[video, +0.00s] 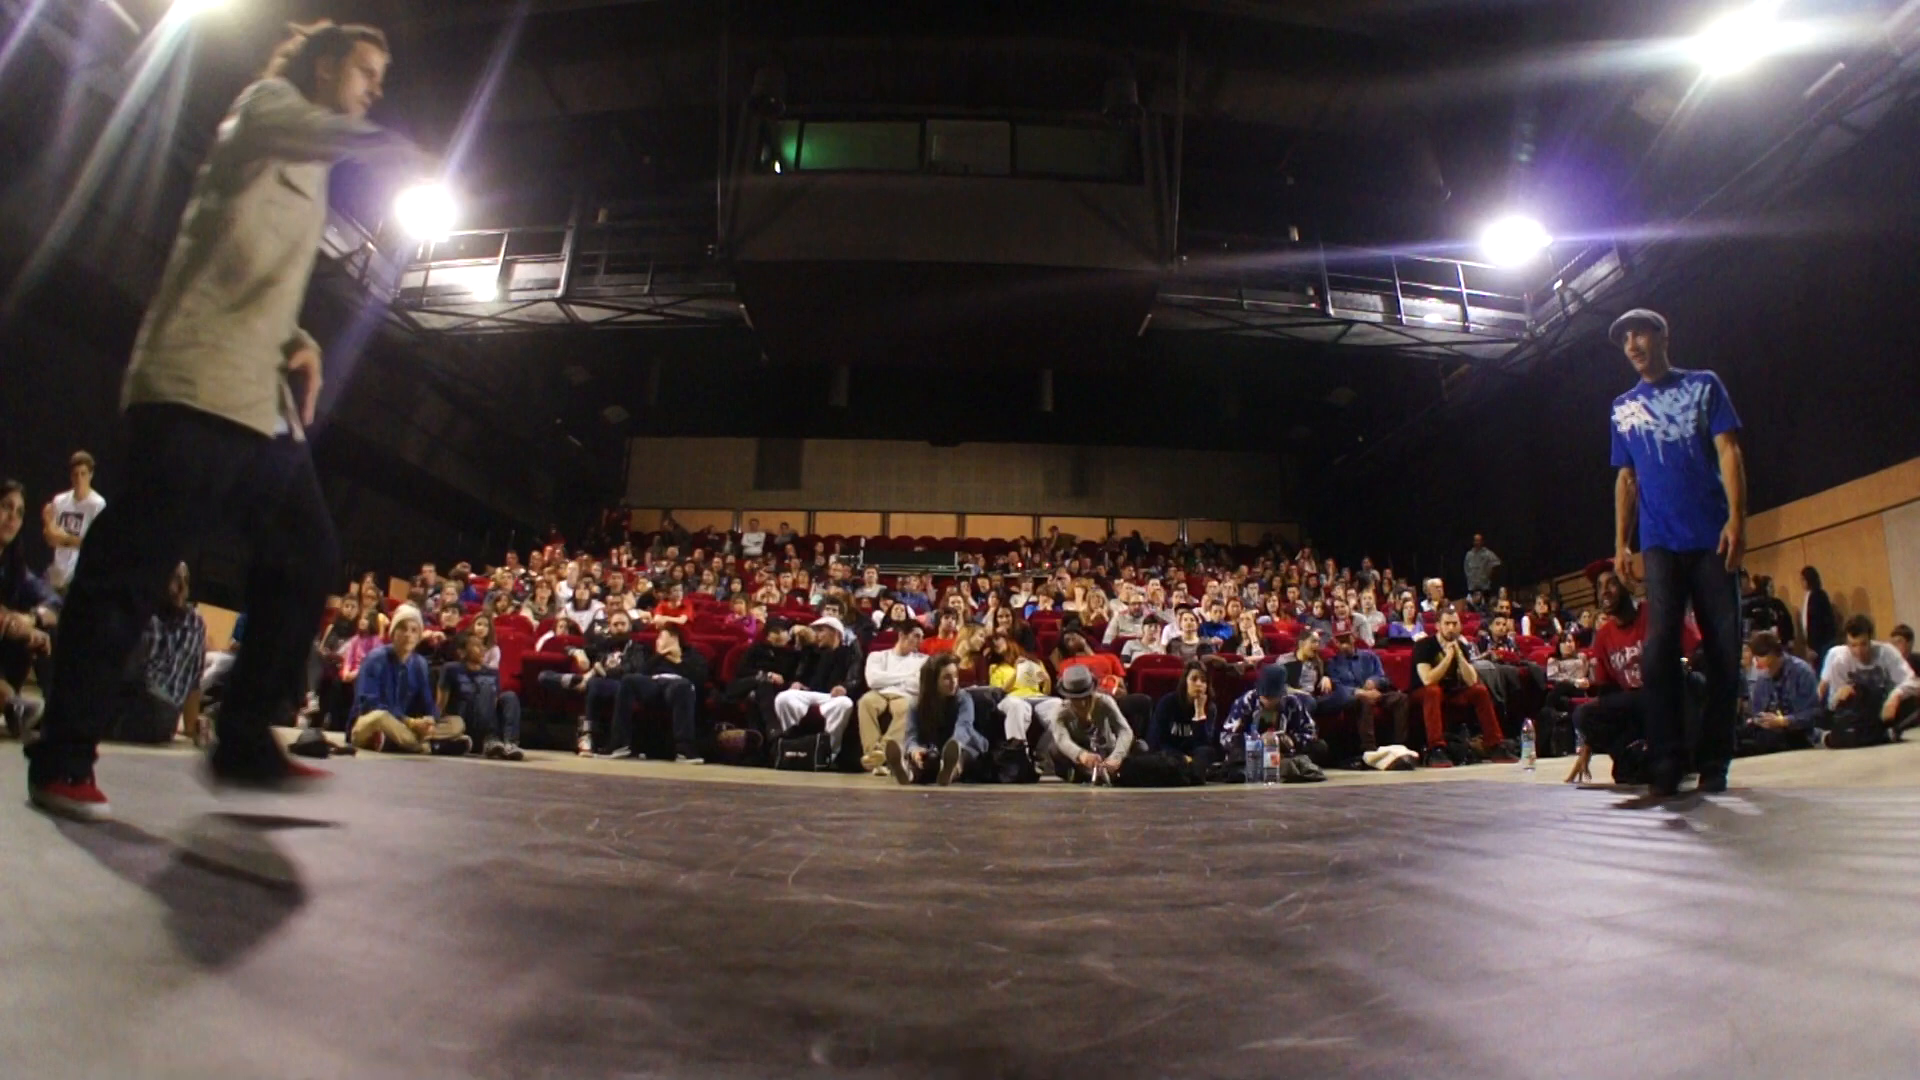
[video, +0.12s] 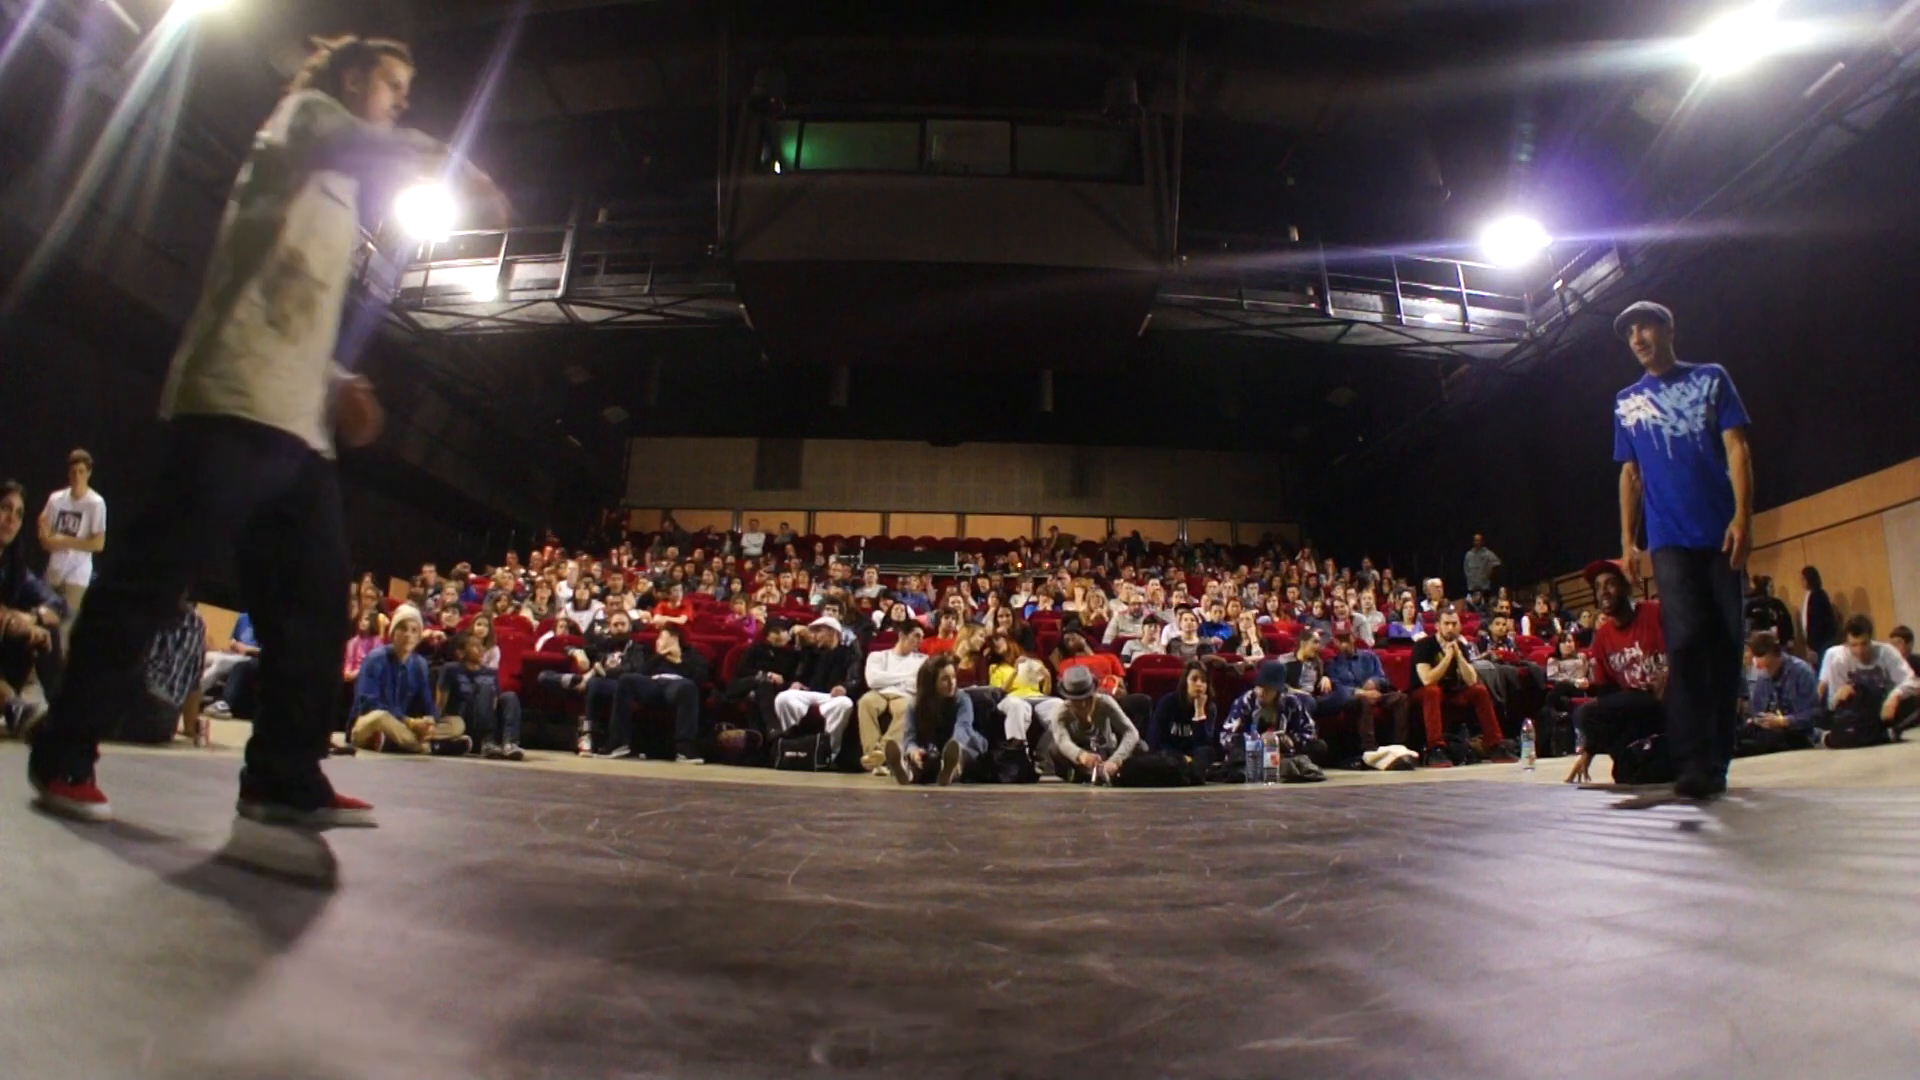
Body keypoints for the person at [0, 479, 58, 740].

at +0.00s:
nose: (12, 518)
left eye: (19, 512)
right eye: (6, 508)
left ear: (23, 519)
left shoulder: (13, 563)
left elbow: (53, 600)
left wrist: (31, 618)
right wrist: (22, 629)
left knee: (24, 640)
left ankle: (11, 708)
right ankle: (11, 704)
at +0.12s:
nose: (12, 519)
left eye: (18, 513)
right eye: (6, 509)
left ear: (22, 520)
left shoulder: (13, 564)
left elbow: (57, 603)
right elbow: (4, 613)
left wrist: (33, 618)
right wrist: (23, 626)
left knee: (44, 630)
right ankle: (10, 705)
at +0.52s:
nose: (12, 514)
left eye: (17, 507)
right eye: (6, 505)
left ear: (23, 515)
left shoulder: (15, 556)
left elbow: (53, 605)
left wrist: (36, 610)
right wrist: (15, 626)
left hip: (10, 626)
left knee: (48, 625)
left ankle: (58, 710)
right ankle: (11, 705)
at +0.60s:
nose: (10, 514)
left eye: (15, 507)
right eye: (4, 505)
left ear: (20, 514)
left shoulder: (11, 557)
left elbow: (56, 600)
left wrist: (37, 610)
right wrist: (13, 622)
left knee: (47, 623)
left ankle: (58, 708)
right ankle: (11, 705)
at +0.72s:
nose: (10, 516)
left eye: (16, 510)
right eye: (5, 508)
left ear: (19, 517)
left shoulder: (11, 564)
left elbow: (53, 598)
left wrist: (37, 612)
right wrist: (10, 622)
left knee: (43, 627)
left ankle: (58, 710)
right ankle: (12, 704)